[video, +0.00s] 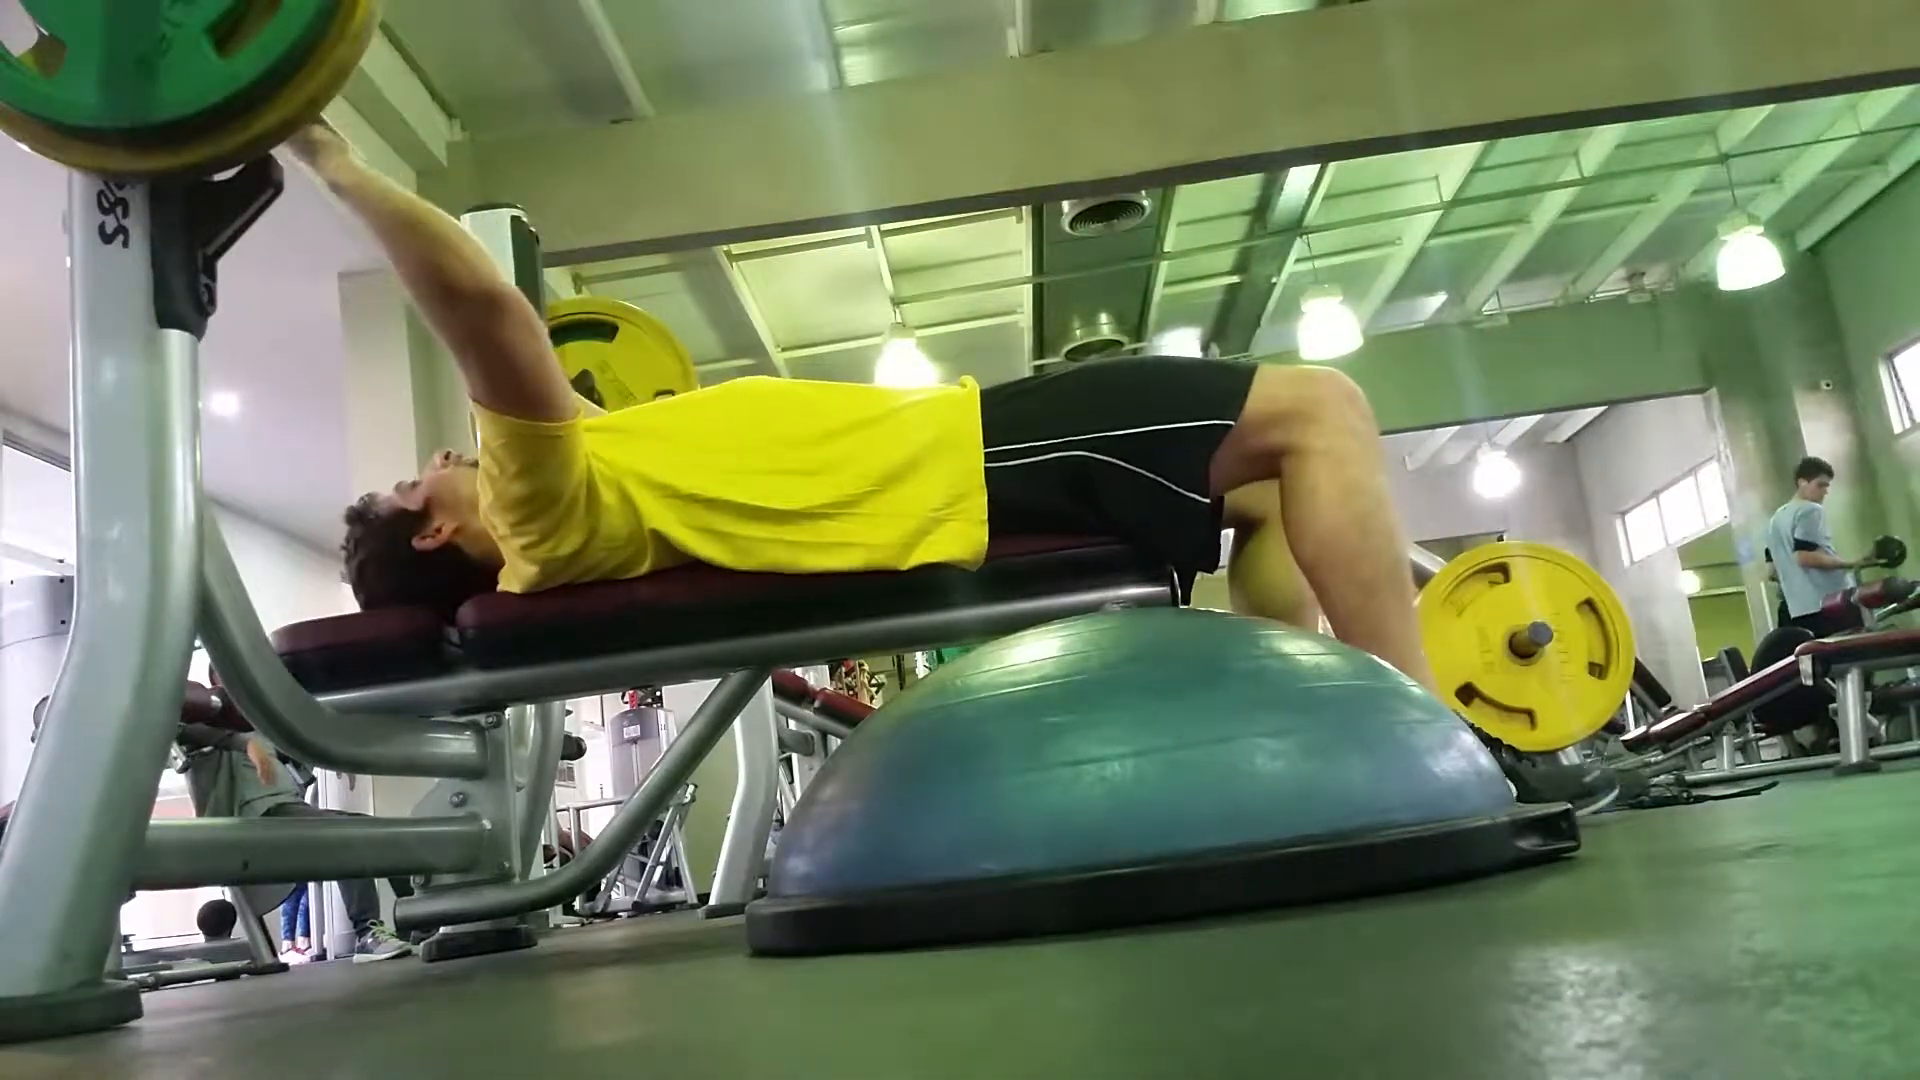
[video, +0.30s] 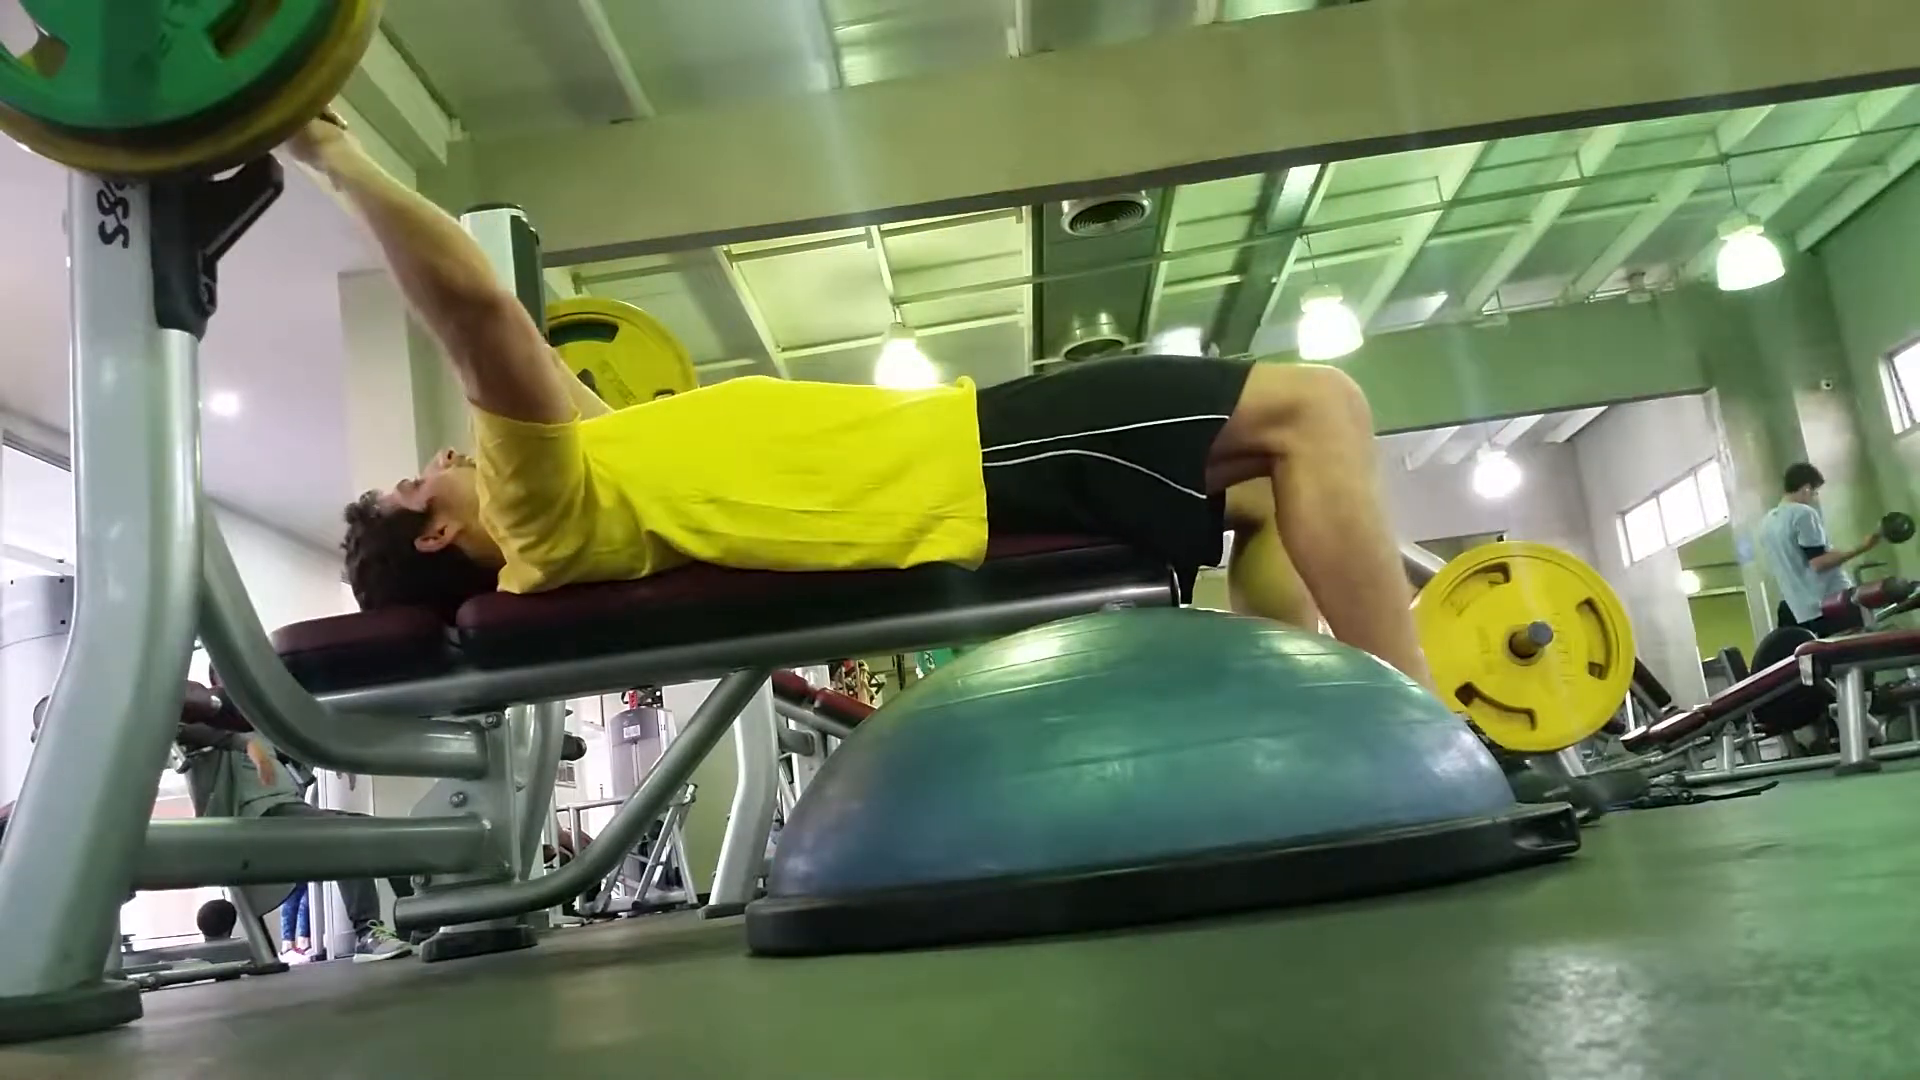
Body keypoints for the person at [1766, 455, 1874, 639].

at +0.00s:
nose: (1826, 491)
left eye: (1827, 486)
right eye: (1821, 485)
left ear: (1801, 483)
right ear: (1802, 482)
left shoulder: (1777, 518)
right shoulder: (1811, 510)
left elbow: (1773, 571)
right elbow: (1805, 556)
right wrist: (1853, 564)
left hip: (1801, 615)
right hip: (1831, 609)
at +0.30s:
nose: (1816, 500)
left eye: (1817, 494)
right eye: (1815, 493)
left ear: (1786, 488)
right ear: (1806, 489)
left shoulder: (1768, 521)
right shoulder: (1804, 514)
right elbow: (1818, 562)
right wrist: (1862, 548)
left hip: (1803, 614)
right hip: (1832, 608)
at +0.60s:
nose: (1818, 497)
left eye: (1819, 491)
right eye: (1817, 490)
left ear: (1789, 488)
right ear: (1807, 488)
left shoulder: (1767, 523)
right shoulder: (1806, 512)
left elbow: (1780, 565)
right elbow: (1833, 557)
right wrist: (1858, 517)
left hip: (1811, 609)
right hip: (1838, 604)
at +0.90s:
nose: (1819, 486)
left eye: (1818, 480)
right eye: (1817, 480)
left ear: (1791, 484)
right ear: (1809, 482)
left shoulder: (1773, 519)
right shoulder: (1810, 511)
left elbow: (1774, 568)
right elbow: (1817, 558)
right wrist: (1851, 541)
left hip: (1802, 615)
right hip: (1833, 609)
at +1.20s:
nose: (1824, 480)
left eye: (1821, 474)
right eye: (1820, 475)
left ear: (1796, 486)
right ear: (1812, 480)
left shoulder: (1786, 516)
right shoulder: (1823, 506)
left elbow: (1782, 557)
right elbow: (1824, 551)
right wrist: (1852, 577)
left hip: (1795, 605)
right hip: (1824, 602)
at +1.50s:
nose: (1835, 476)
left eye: (1831, 471)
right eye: (1830, 472)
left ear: (1808, 485)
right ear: (1823, 480)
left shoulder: (1795, 513)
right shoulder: (1829, 505)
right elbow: (1837, 555)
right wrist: (1854, 596)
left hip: (1798, 605)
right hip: (1827, 603)